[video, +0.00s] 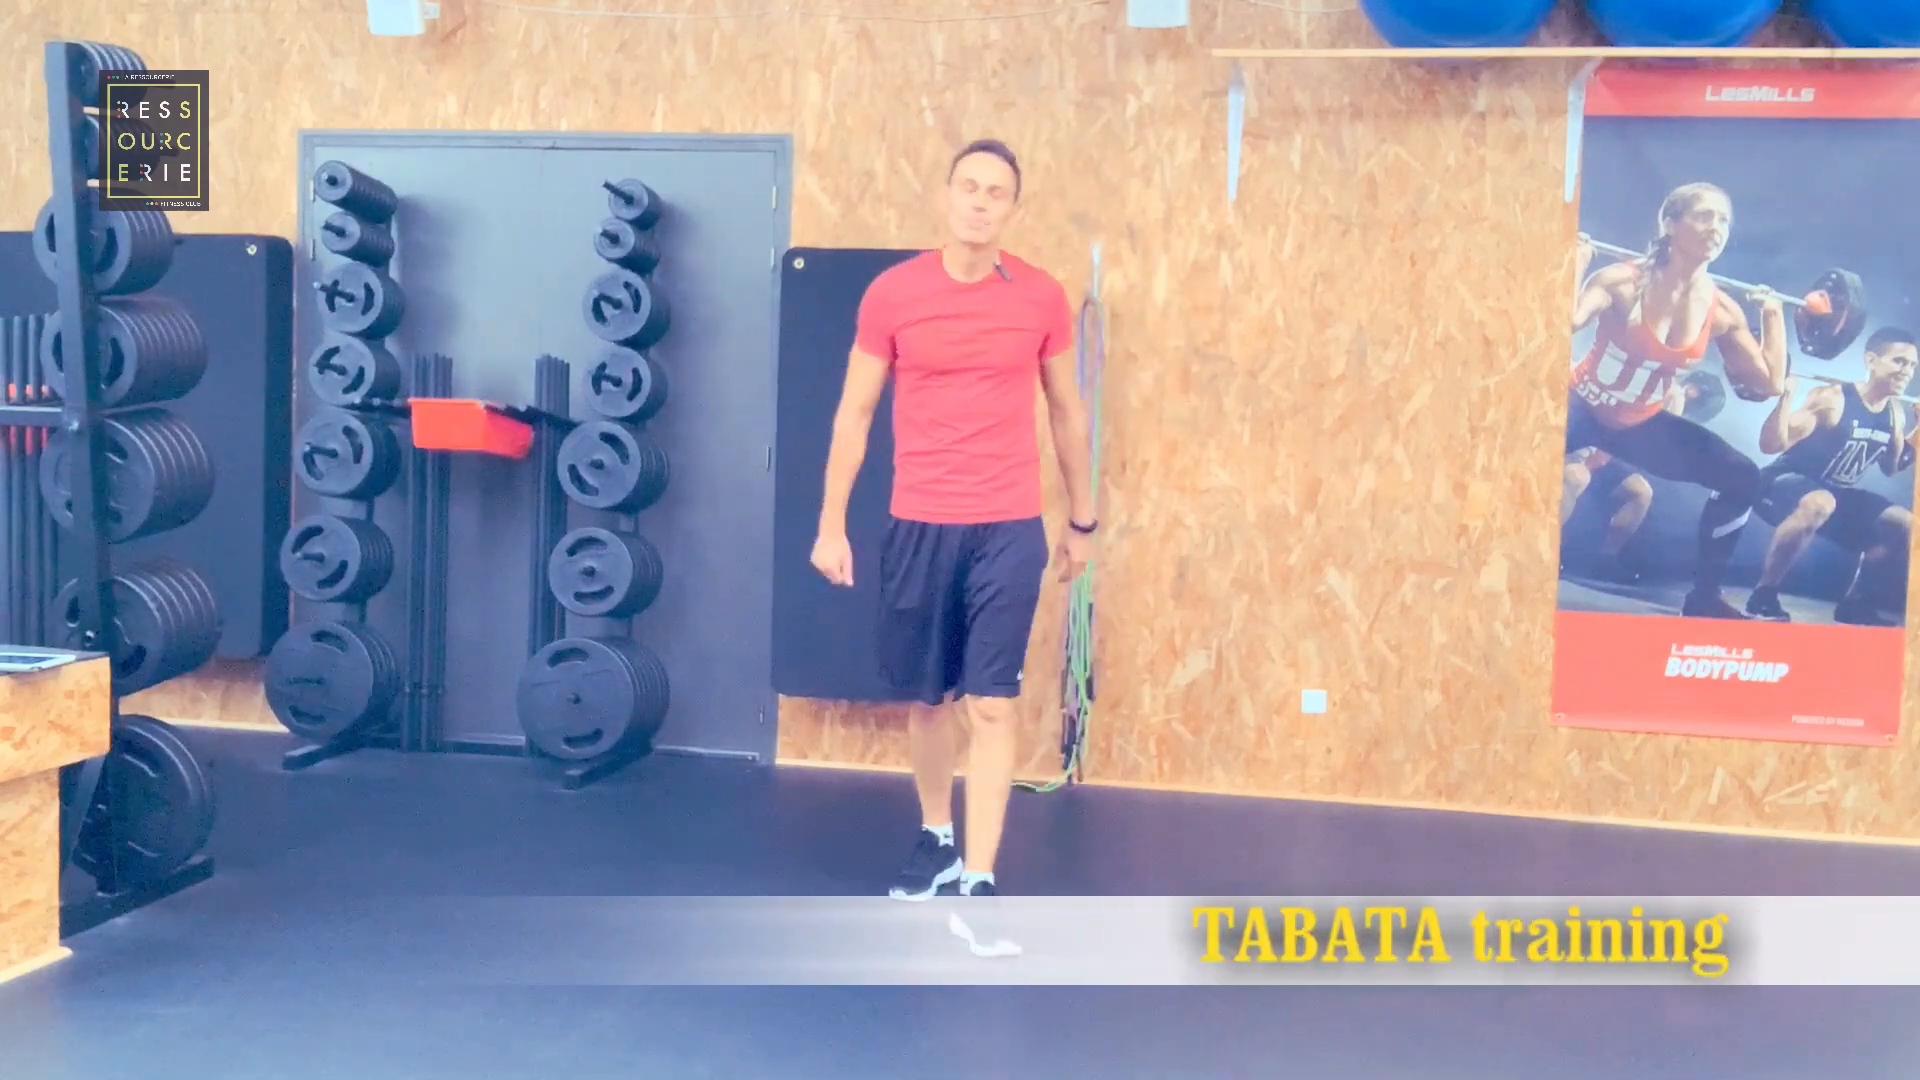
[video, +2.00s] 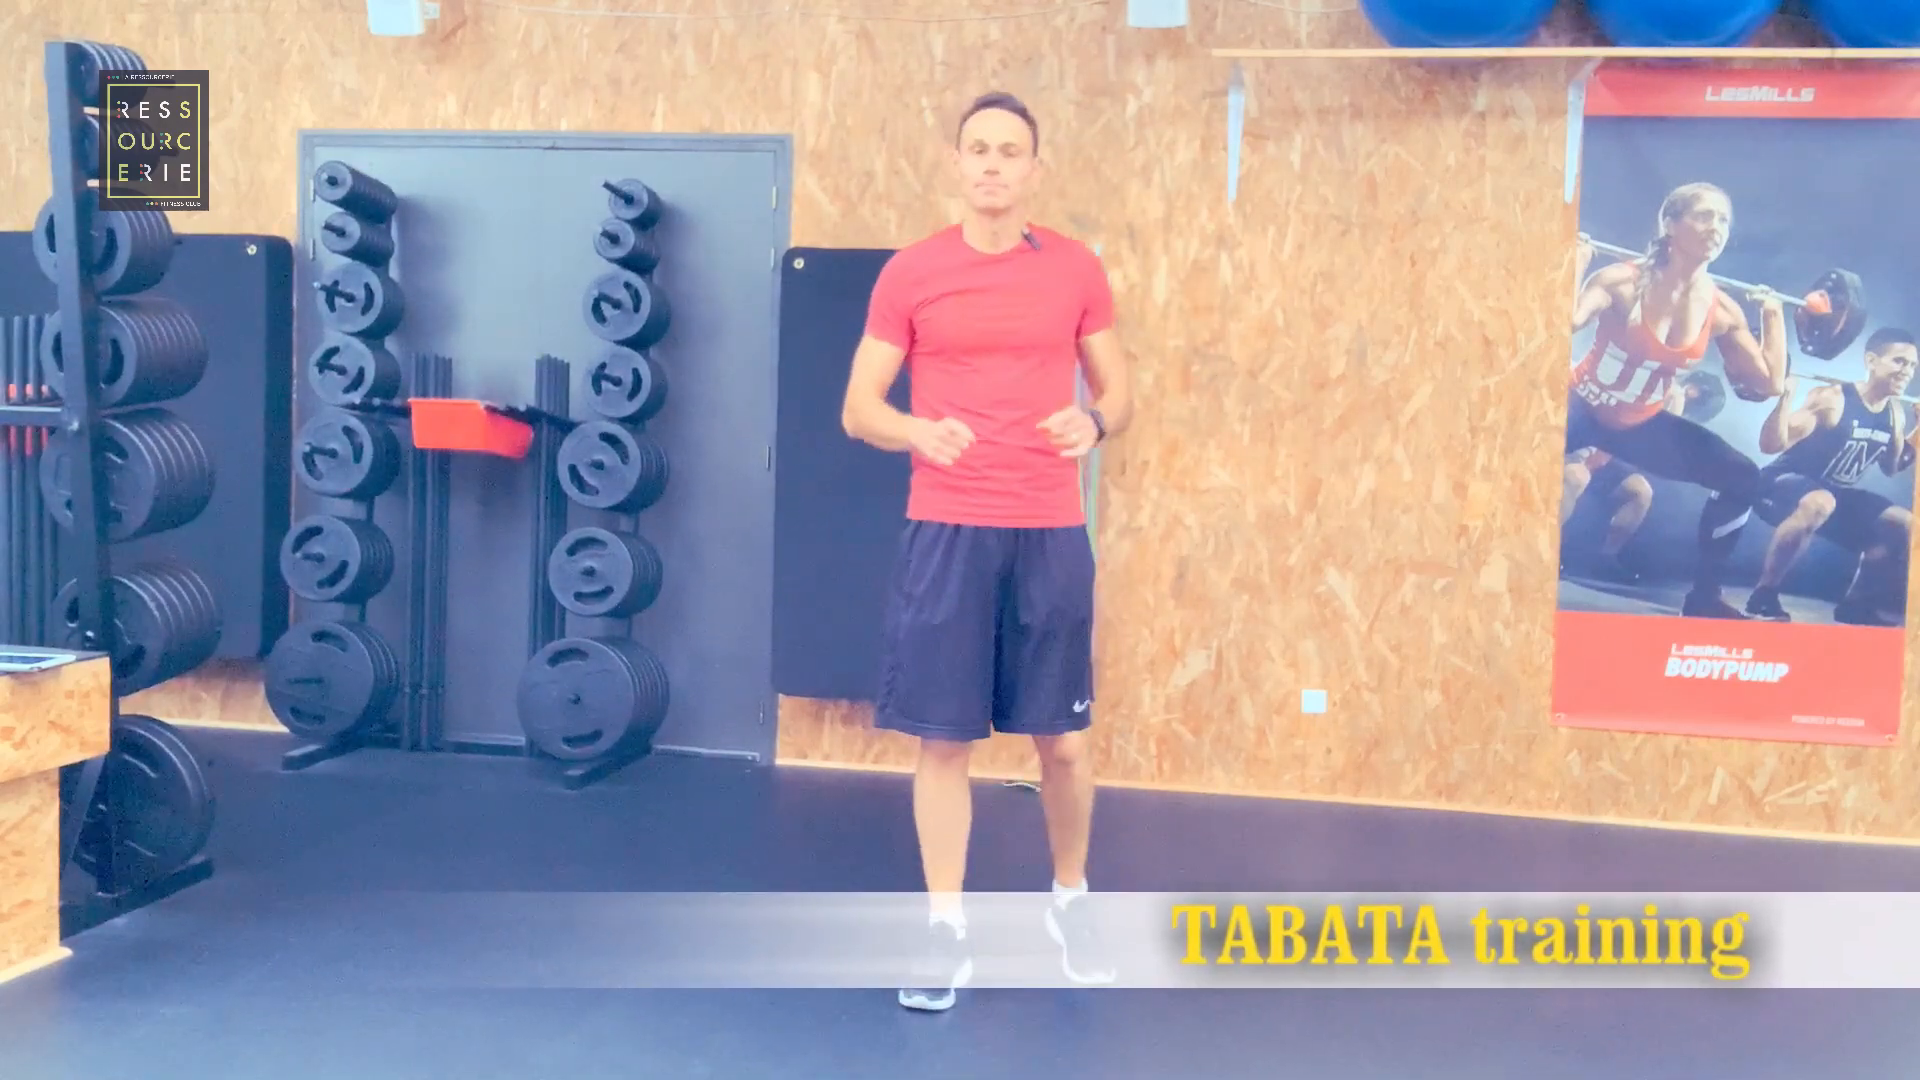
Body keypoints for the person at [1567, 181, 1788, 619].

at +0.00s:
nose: (1716, 228)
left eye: (1724, 221)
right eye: (1704, 216)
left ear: (1728, 234)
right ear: (1671, 224)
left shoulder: (1722, 310)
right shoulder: (1620, 279)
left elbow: (1768, 386)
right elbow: (1559, 324)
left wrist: (1773, 312)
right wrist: (1573, 269)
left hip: (1644, 425)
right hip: (1579, 409)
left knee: (1741, 477)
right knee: (1515, 447)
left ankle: (1705, 597)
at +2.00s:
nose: (1716, 228)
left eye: (1724, 221)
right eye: (1704, 216)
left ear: (1728, 234)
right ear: (1671, 224)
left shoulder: (1722, 310)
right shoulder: (1620, 280)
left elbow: (1769, 385)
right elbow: (1559, 325)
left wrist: (1773, 311)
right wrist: (1573, 270)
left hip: (1644, 425)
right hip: (1579, 409)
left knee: (1742, 477)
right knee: (1517, 446)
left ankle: (1705, 597)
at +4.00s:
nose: (1717, 228)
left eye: (1724, 220)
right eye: (1705, 216)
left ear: (1728, 233)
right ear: (1670, 224)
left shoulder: (1722, 311)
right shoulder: (1620, 279)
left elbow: (1769, 385)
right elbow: (1558, 326)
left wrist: (1773, 312)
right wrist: (1573, 269)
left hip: (1644, 425)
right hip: (1579, 409)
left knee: (1742, 477)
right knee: (1511, 450)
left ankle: (1705, 597)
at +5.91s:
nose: (1716, 228)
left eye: (1724, 220)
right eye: (1704, 217)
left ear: (1729, 233)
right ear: (1670, 224)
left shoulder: (1721, 311)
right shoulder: (1620, 279)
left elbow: (1770, 385)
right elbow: (1558, 326)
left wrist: (1773, 312)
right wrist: (1572, 268)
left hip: (1645, 425)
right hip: (1579, 409)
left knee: (1742, 478)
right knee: (1512, 450)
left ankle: (1705, 597)